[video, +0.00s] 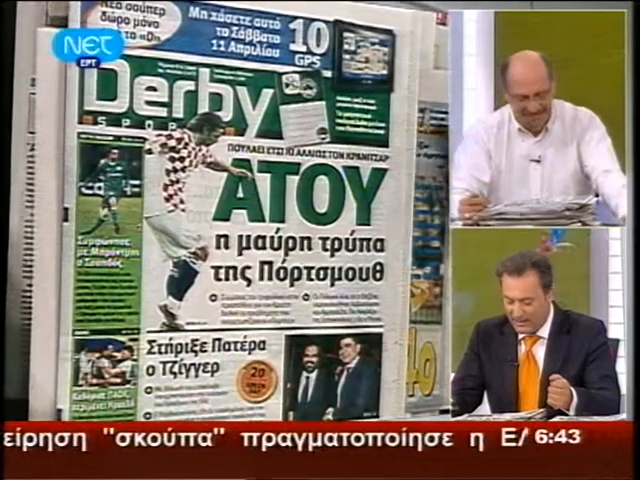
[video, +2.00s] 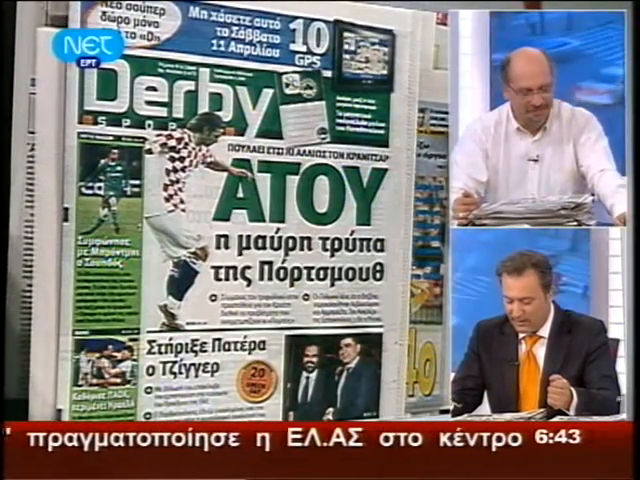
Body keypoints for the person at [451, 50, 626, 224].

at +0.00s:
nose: (533, 107)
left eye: (541, 96)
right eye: (521, 99)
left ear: (552, 86)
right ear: (506, 94)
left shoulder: (583, 123)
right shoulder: (485, 133)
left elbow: (609, 177)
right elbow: (462, 196)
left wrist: (630, 213)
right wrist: (468, 210)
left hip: (573, 244)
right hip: (505, 244)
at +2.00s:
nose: (537, 101)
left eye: (544, 90)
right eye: (526, 92)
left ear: (553, 84)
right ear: (507, 91)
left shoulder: (580, 123)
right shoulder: (483, 131)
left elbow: (603, 173)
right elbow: (462, 189)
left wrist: (624, 210)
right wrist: (463, 208)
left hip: (567, 246)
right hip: (499, 245)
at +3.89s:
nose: (538, 105)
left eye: (545, 93)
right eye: (526, 96)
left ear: (553, 84)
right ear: (506, 92)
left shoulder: (580, 123)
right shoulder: (483, 131)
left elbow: (603, 173)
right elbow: (462, 189)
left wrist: (624, 210)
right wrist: (463, 208)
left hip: (567, 245)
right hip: (500, 244)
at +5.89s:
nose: (528, 105)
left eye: (537, 94)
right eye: (518, 95)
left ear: (551, 86)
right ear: (504, 89)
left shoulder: (580, 124)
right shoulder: (482, 131)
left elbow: (604, 174)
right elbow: (462, 187)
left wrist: (624, 211)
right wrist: (462, 208)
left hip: (567, 245)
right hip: (499, 245)